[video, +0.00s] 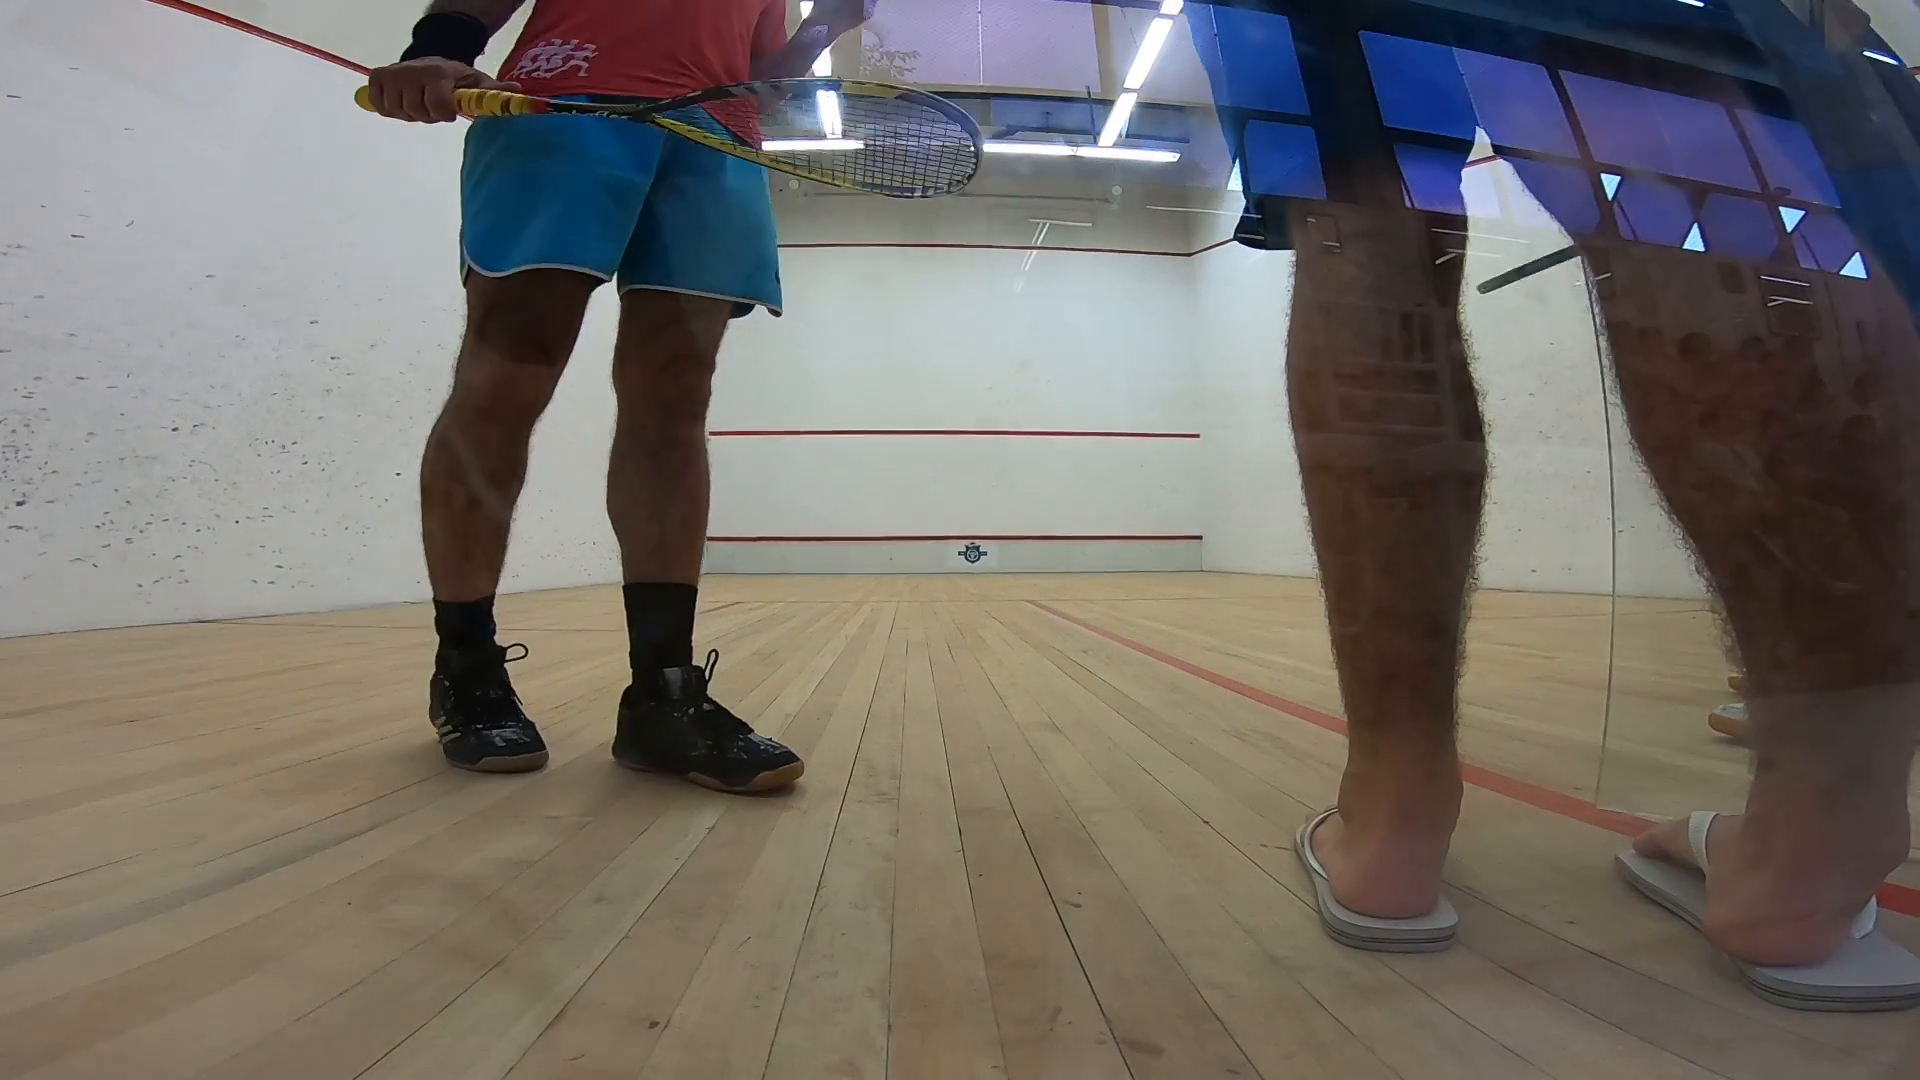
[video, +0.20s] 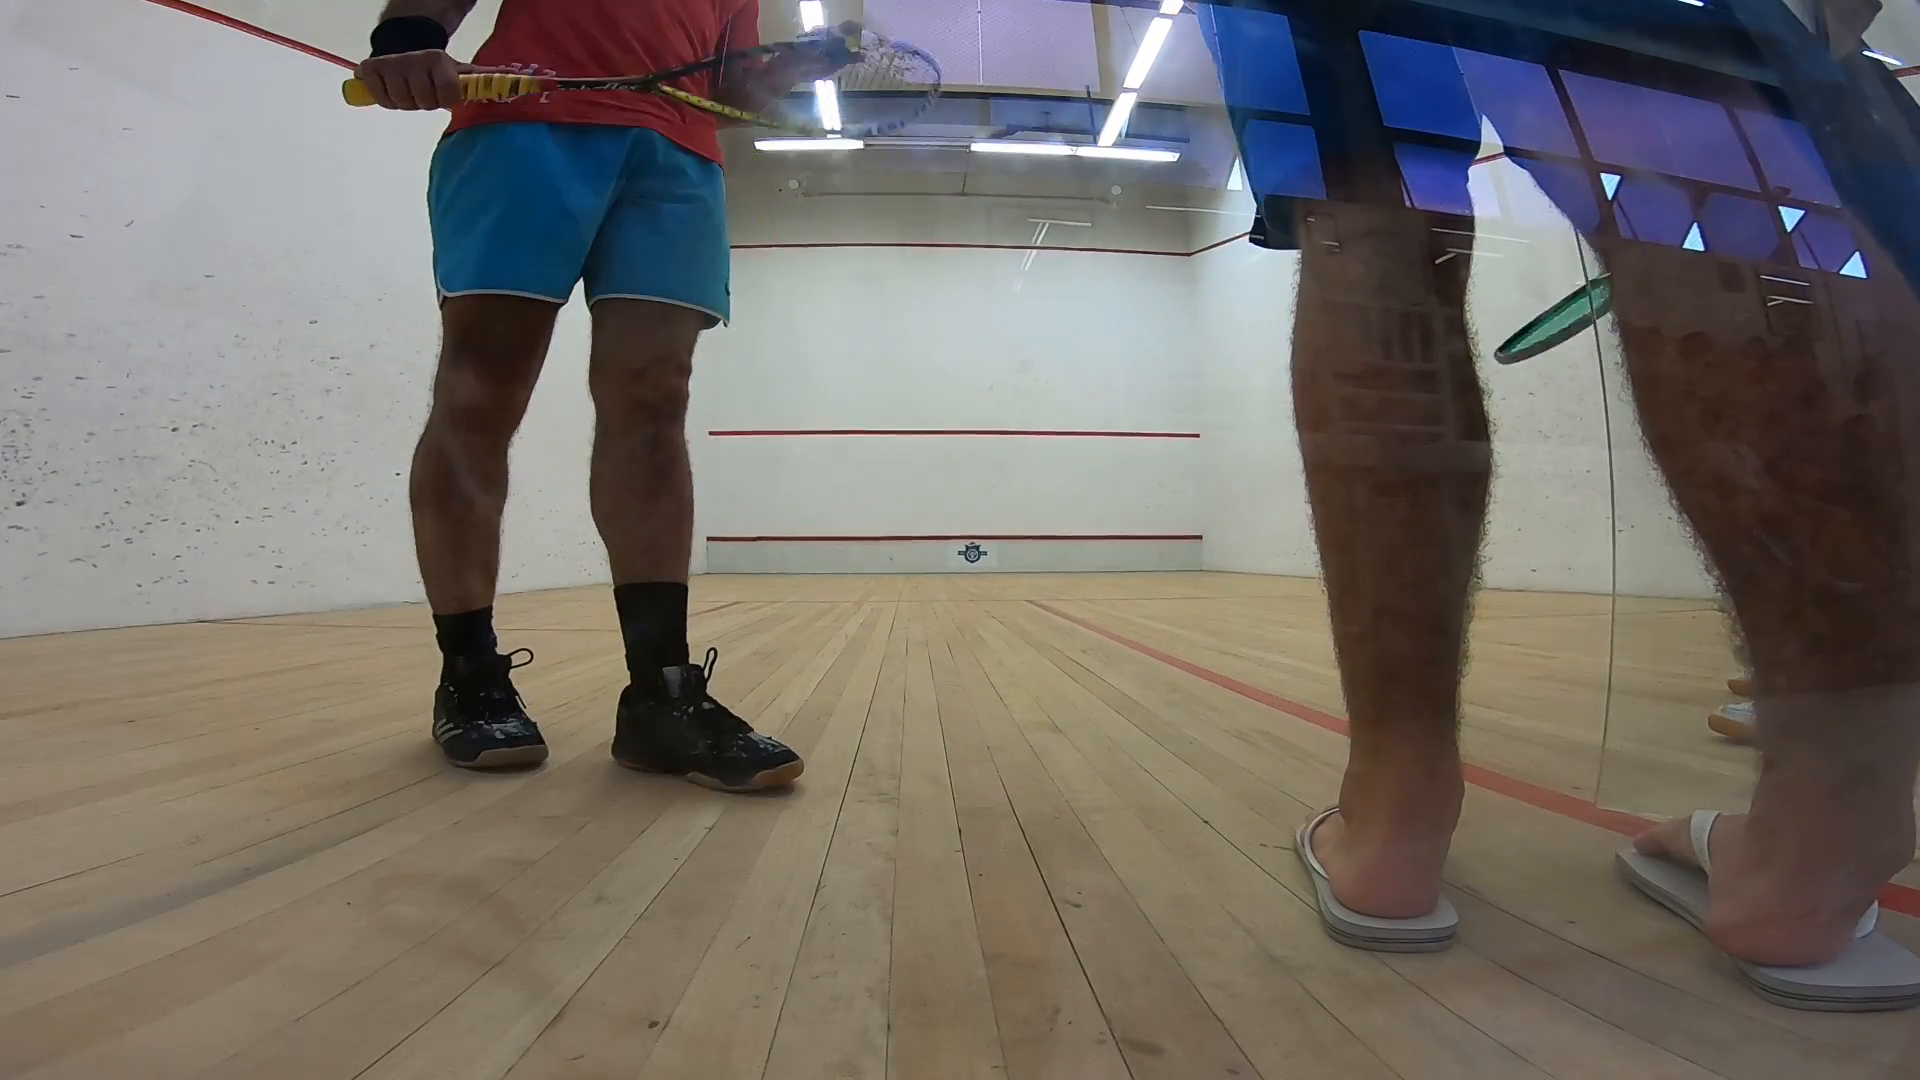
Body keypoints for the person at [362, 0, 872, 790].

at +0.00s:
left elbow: (767, 70)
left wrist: (828, 24)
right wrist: (438, 47)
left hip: (720, 107)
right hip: (566, 80)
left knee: (675, 389)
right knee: (508, 378)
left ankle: (664, 696)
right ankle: (467, 676)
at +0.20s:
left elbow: (729, 76)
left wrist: (793, 71)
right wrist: (410, 32)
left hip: (678, 128)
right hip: (530, 107)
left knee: (653, 398)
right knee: (481, 395)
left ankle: (662, 695)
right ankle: (472, 683)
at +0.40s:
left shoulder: (710, 3)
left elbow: (689, 85)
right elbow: (404, 7)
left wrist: (745, 86)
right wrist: (385, 45)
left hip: (646, 137)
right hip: (500, 113)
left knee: (642, 385)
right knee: (461, 393)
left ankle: (660, 686)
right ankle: (467, 682)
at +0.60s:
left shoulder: (714, 4)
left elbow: (695, 88)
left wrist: (748, 85)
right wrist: (387, 67)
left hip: (652, 144)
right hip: (499, 125)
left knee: (665, 365)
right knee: (462, 394)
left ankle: (684, 680)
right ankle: (468, 679)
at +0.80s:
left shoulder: (744, 4)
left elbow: (729, 95)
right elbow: (489, 1)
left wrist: (800, 63)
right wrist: (414, 84)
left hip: (690, 133)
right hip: (541, 109)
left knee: (681, 397)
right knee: (494, 398)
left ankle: (701, 687)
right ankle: (472, 680)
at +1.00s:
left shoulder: (775, 5)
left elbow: (779, 91)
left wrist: (846, 46)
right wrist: (432, 90)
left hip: (736, 131)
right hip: (592, 110)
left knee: (708, 396)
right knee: (534, 392)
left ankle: (705, 684)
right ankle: (474, 675)